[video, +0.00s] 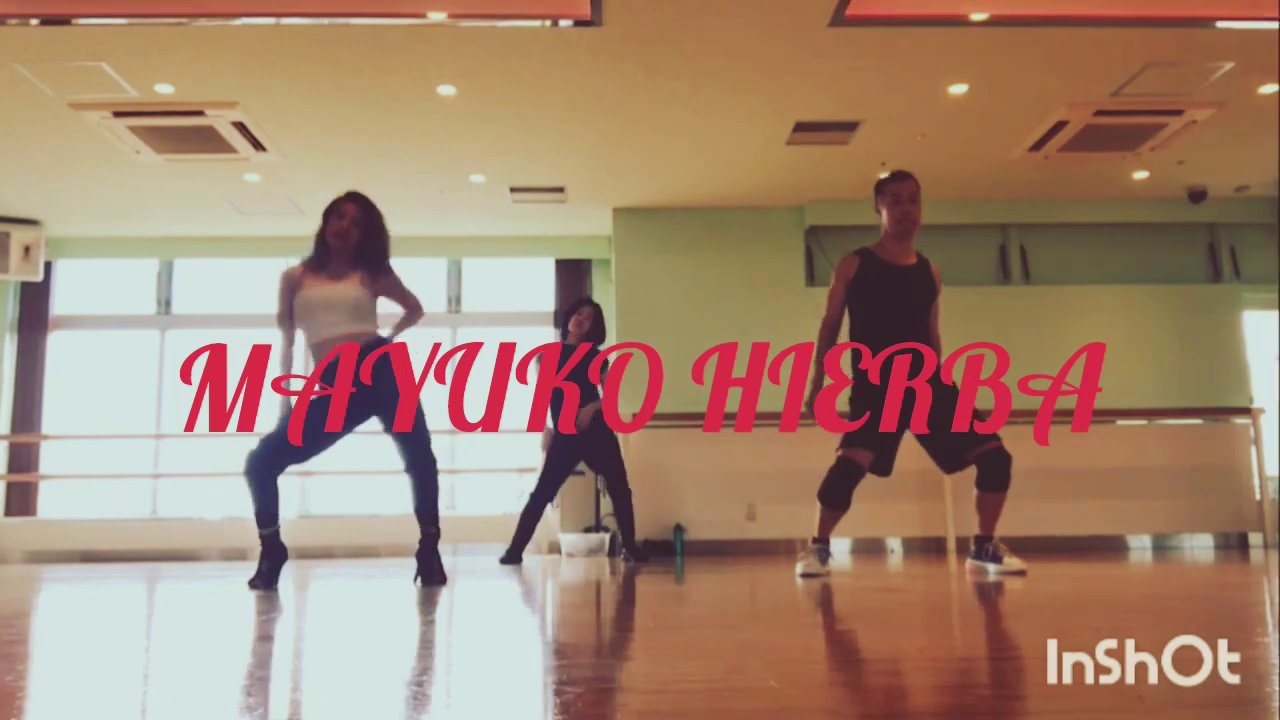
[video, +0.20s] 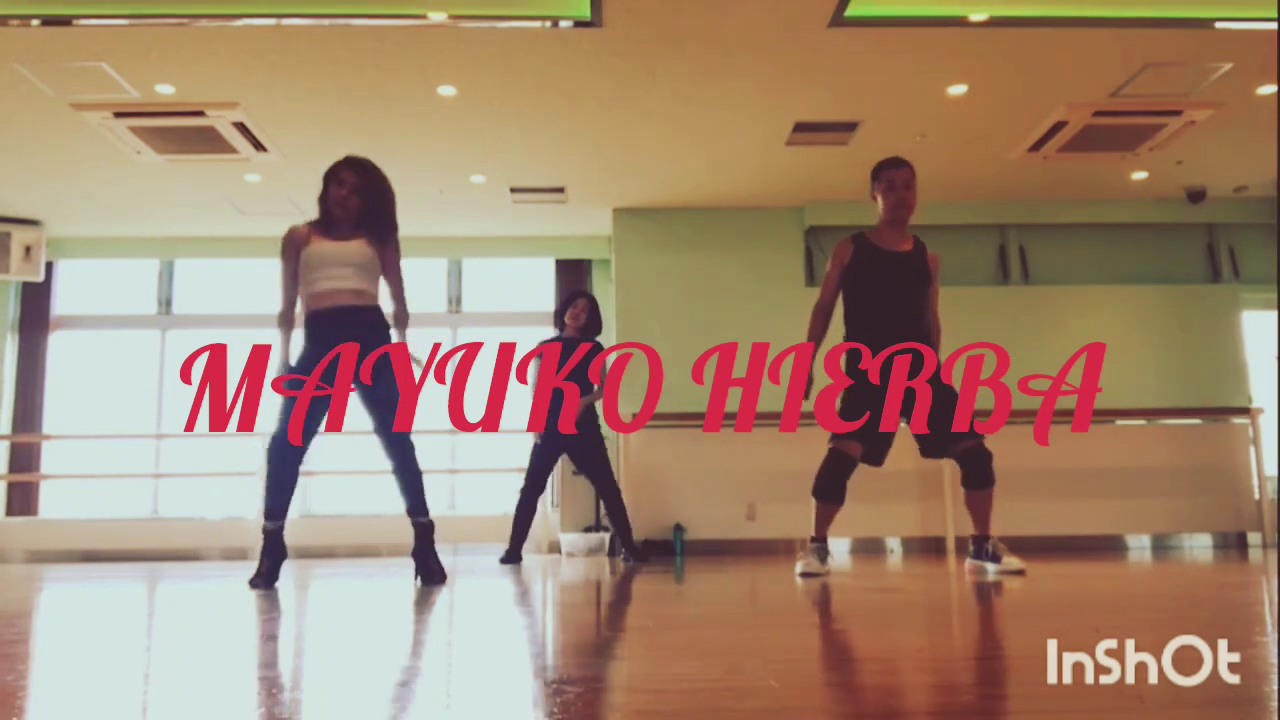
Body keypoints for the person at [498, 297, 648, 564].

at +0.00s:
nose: (581, 319)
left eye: (588, 318)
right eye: (578, 314)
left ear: (594, 327)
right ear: (569, 318)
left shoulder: (597, 356)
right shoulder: (552, 353)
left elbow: (615, 393)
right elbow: (544, 393)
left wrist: (592, 408)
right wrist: (547, 428)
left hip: (597, 434)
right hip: (565, 435)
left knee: (620, 489)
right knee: (541, 494)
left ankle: (630, 546)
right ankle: (515, 551)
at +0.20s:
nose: (577, 313)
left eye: (584, 311)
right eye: (574, 308)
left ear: (590, 319)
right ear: (564, 311)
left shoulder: (593, 349)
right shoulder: (547, 346)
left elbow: (603, 387)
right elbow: (537, 387)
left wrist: (583, 401)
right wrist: (538, 421)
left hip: (584, 428)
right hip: (550, 427)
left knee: (608, 489)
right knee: (531, 489)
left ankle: (629, 546)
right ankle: (514, 549)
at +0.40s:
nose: (574, 315)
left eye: (581, 313)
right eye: (571, 310)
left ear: (587, 320)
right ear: (561, 314)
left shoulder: (592, 351)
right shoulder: (546, 349)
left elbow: (596, 391)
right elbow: (532, 388)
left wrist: (580, 412)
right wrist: (526, 419)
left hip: (571, 430)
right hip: (539, 429)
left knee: (598, 490)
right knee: (524, 491)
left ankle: (624, 545)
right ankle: (513, 549)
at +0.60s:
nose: (574, 332)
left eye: (580, 329)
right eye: (571, 327)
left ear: (586, 335)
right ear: (562, 330)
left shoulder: (593, 367)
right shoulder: (549, 363)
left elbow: (601, 409)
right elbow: (532, 395)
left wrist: (607, 444)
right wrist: (526, 423)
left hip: (587, 444)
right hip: (556, 444)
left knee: (609, 496)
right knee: (534, 498)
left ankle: (628, 546)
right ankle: (514, 550)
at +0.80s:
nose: (576, 322)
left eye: (579, 318)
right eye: (571, 317)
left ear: (582, 324)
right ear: (558, 319)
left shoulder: (577, 353)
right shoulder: (545, 350)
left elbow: (576, 389)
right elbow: (535, 379)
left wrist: (607, 399)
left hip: (574, 431)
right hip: (546, 432)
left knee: (602, 490)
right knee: (539, 494)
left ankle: (627, 545)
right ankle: (516, 551)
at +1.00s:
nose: (573, 319)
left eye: (575, 314)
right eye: (568, 313)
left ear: (575, 317)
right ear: (555, 313)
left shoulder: (570, 346)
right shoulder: (548, 343)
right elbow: (550, 376)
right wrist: (577, 355)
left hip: (567, 428)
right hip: (544, 427)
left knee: (580, 481)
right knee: (538, 489)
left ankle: (569, 536)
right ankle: (515, 551)